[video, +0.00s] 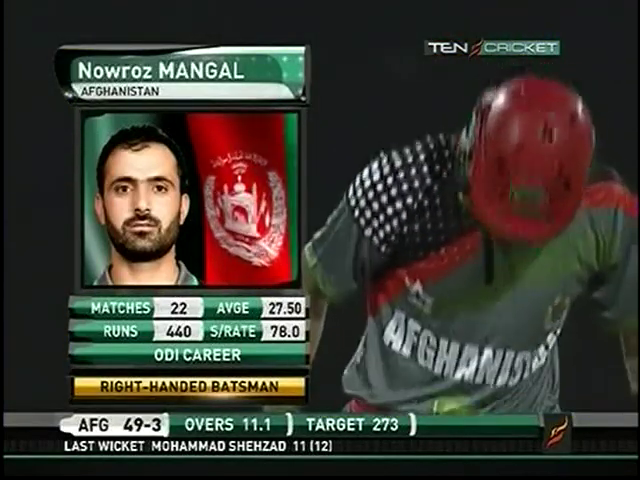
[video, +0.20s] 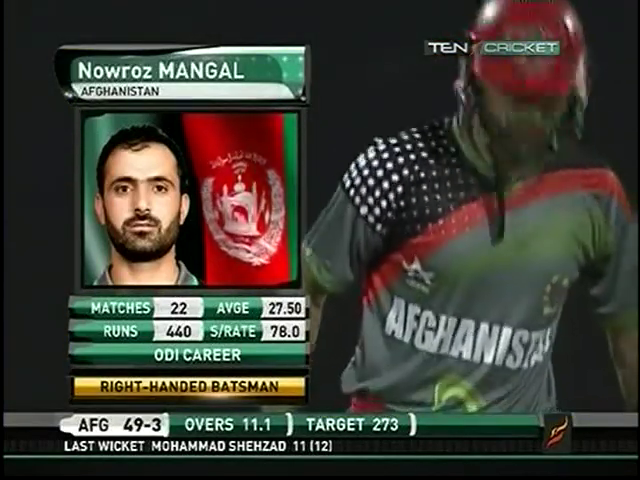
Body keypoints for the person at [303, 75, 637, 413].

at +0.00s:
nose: (518, 234)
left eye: (536, 221)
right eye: (505, 215)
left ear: (575, 183)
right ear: (473, 163)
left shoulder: (607, 214)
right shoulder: (398, 189)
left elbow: (634, 338)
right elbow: (312, 291)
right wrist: (278, 412)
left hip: (524, 438)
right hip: (390, 434)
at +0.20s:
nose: (533, 119)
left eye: (548, 101)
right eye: (516, 100)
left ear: (573, 92)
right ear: (473, 82)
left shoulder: (595, 193)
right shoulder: (393, 171)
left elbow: (628, 335)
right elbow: (309, 292)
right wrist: (274, 418)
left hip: (521, 447)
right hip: (387, 440)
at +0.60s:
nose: (492, 101)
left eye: (510, 82)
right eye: (470, 84)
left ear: (536, 98)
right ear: (433, 99)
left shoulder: (563, 237)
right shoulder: (369, 221)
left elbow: (588, 385)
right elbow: (295, 362)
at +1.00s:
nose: (443, 140)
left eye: (460, 120)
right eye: (420, 124)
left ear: (489, 126)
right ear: (388, 135)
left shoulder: (527, 248)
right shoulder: (336, 262)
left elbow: (557, 389)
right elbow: (301, 416)